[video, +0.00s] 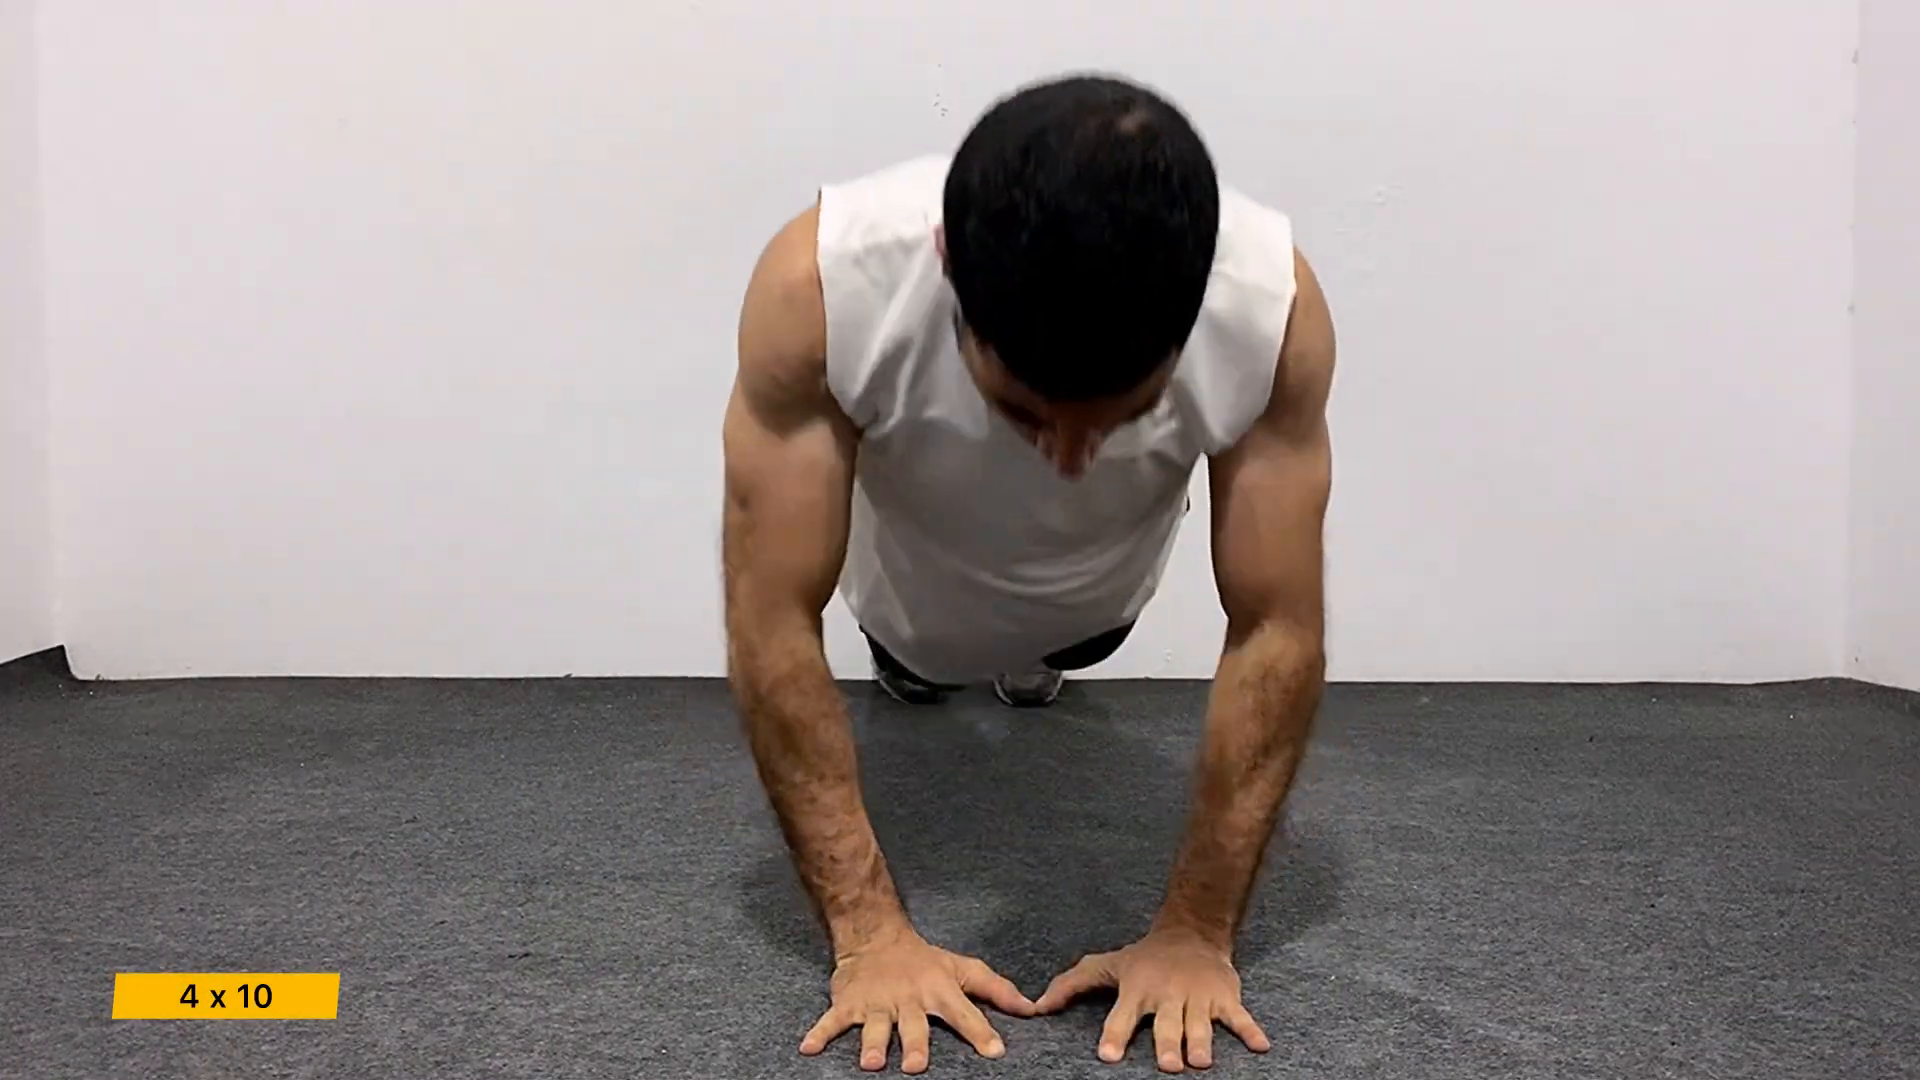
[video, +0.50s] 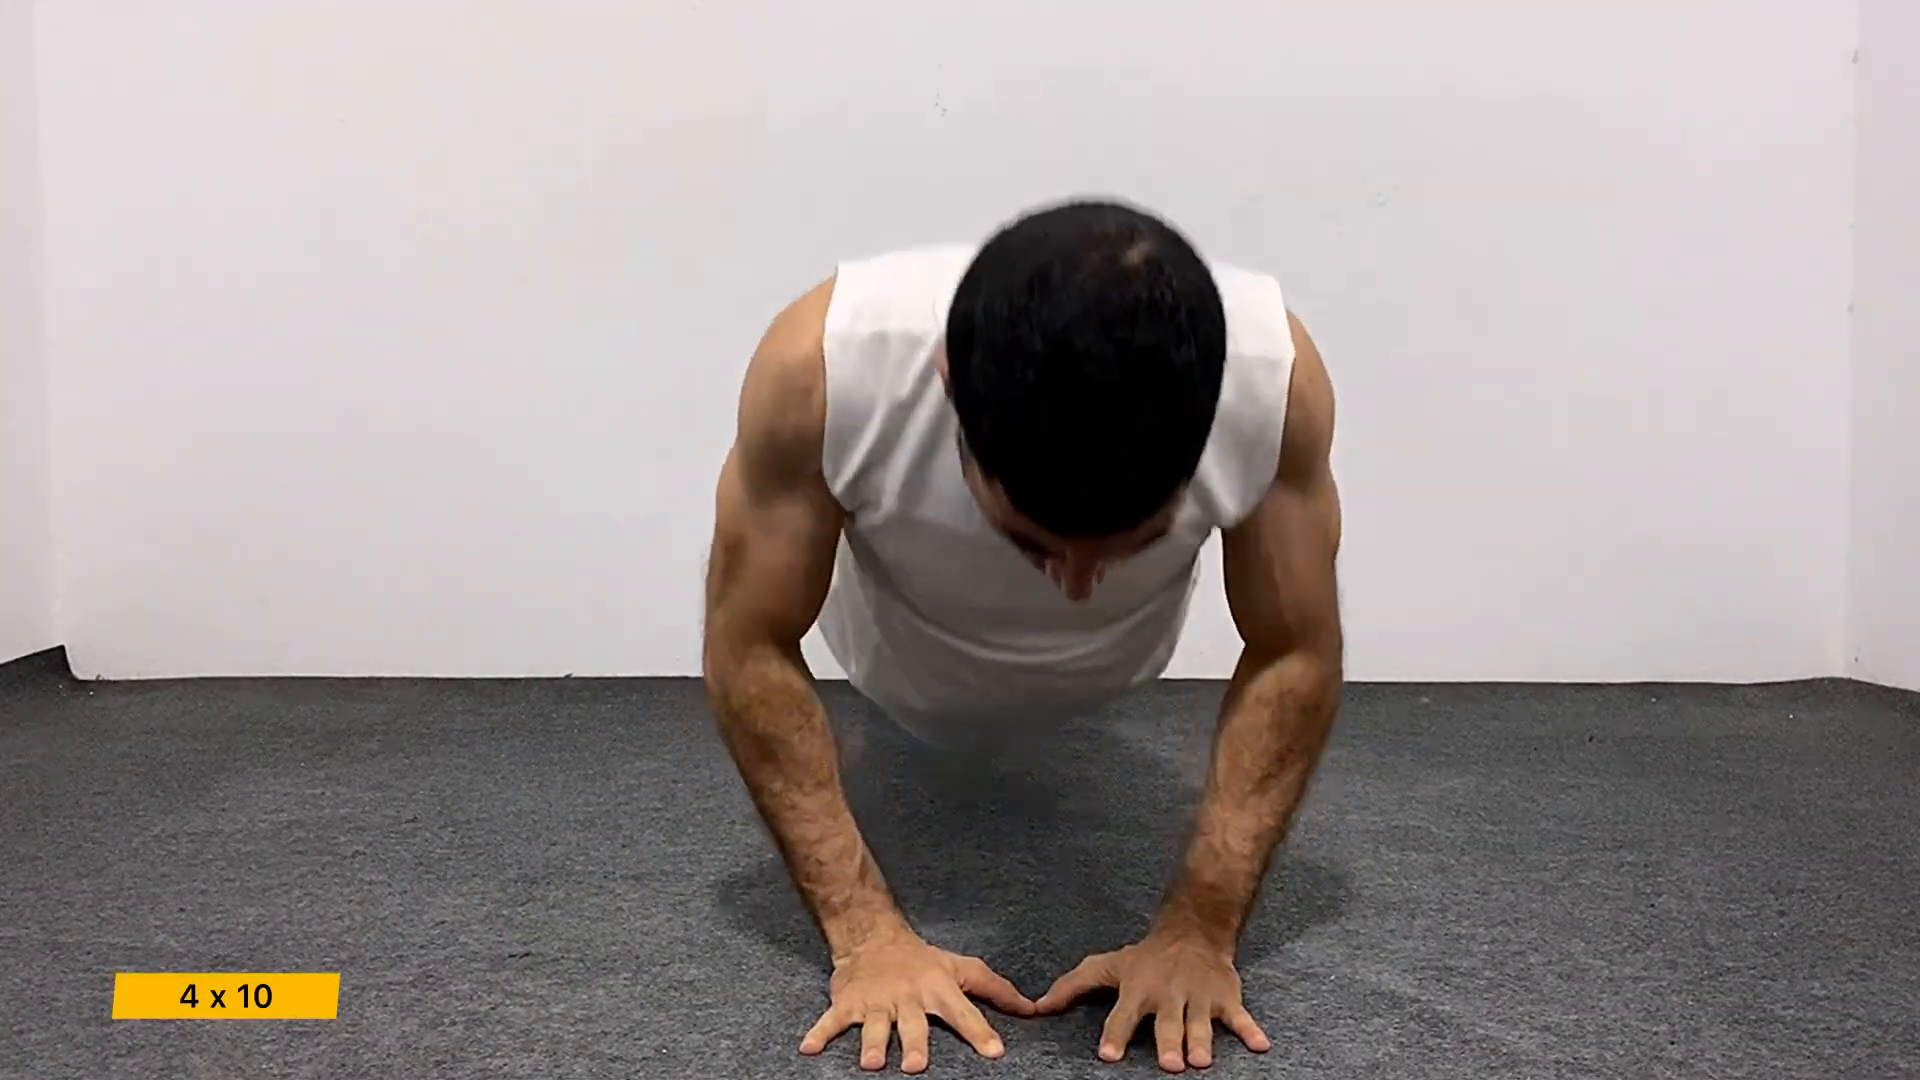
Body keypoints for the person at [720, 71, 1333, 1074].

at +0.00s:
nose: (1068, 455)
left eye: (1117, 416)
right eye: (1027, 411)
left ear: (1183, 327)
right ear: (953, 295)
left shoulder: (1268, 312)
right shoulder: (819, 291)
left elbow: (1277, 630)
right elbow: (770, 624)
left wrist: (1195, 932)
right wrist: (869, 932)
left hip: (1098, 614)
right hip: (914, 614)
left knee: (1062, 663)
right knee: (918, 675)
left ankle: (1030, 670)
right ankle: (917, 678)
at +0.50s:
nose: (1077, 579)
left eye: (1130, 542)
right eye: (1034, 540)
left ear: (1204, 428)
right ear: (948, 392)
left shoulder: (1270, 382)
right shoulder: (820, 371)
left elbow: (1294, 652)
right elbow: (747, 649)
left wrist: (1200, 927)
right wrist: (868, 935)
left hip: (1118, 666)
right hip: (908, 674)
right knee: (915, 698)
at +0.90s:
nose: (1104, 1052)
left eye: (1138, 1025)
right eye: (1059, 1019)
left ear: (1240, 812)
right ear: (958, 817)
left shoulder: (1306, 684)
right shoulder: (834, 688)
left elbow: (1349, 716)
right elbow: (698, 682)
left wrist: (1222, 944)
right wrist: (861, 940)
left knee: (1047, 620)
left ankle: (1015, 577)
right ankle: (900, 589)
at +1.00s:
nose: (1095, 1072)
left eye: (1134, 1052)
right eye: (1062, 1048)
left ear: (1235, 875)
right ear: (964, 852)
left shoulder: (1301, 694)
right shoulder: (835, 703)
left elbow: (1356, 695)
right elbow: (698, 679)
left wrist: (1225, 939)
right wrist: (857, 931)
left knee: (1055, 624)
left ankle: (1019, 576)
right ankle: (904, 590)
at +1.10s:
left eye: (1122, 1018)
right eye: (1032, 999)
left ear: (1234, 808)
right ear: (956, 804)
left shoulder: (1303, 679)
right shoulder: (827, 680)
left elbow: (1347, 712)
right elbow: (702, 682)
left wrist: (1217, 947)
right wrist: (862, 939)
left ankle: (1012, 567)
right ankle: (897, 569)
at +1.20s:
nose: (1089, 926)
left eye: (1132, 885)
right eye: (1047, 877)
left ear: (1219, 763)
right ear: (956, 717)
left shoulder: (1298, 620)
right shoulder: (818, 618)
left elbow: (1324, 714)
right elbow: (718, 692)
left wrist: (1201, 929)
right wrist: (862, 931)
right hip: (917, 837)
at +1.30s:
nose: (1087, 784)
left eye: (1131, 745)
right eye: (1042, 741)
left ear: (1212, 632)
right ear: (951, 591)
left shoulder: (1290, 535)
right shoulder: (820, 521)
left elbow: (1307, 696)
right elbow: (722, 688)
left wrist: (1202, 923)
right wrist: (864, 932)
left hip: (1149, 769)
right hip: (903, 781)